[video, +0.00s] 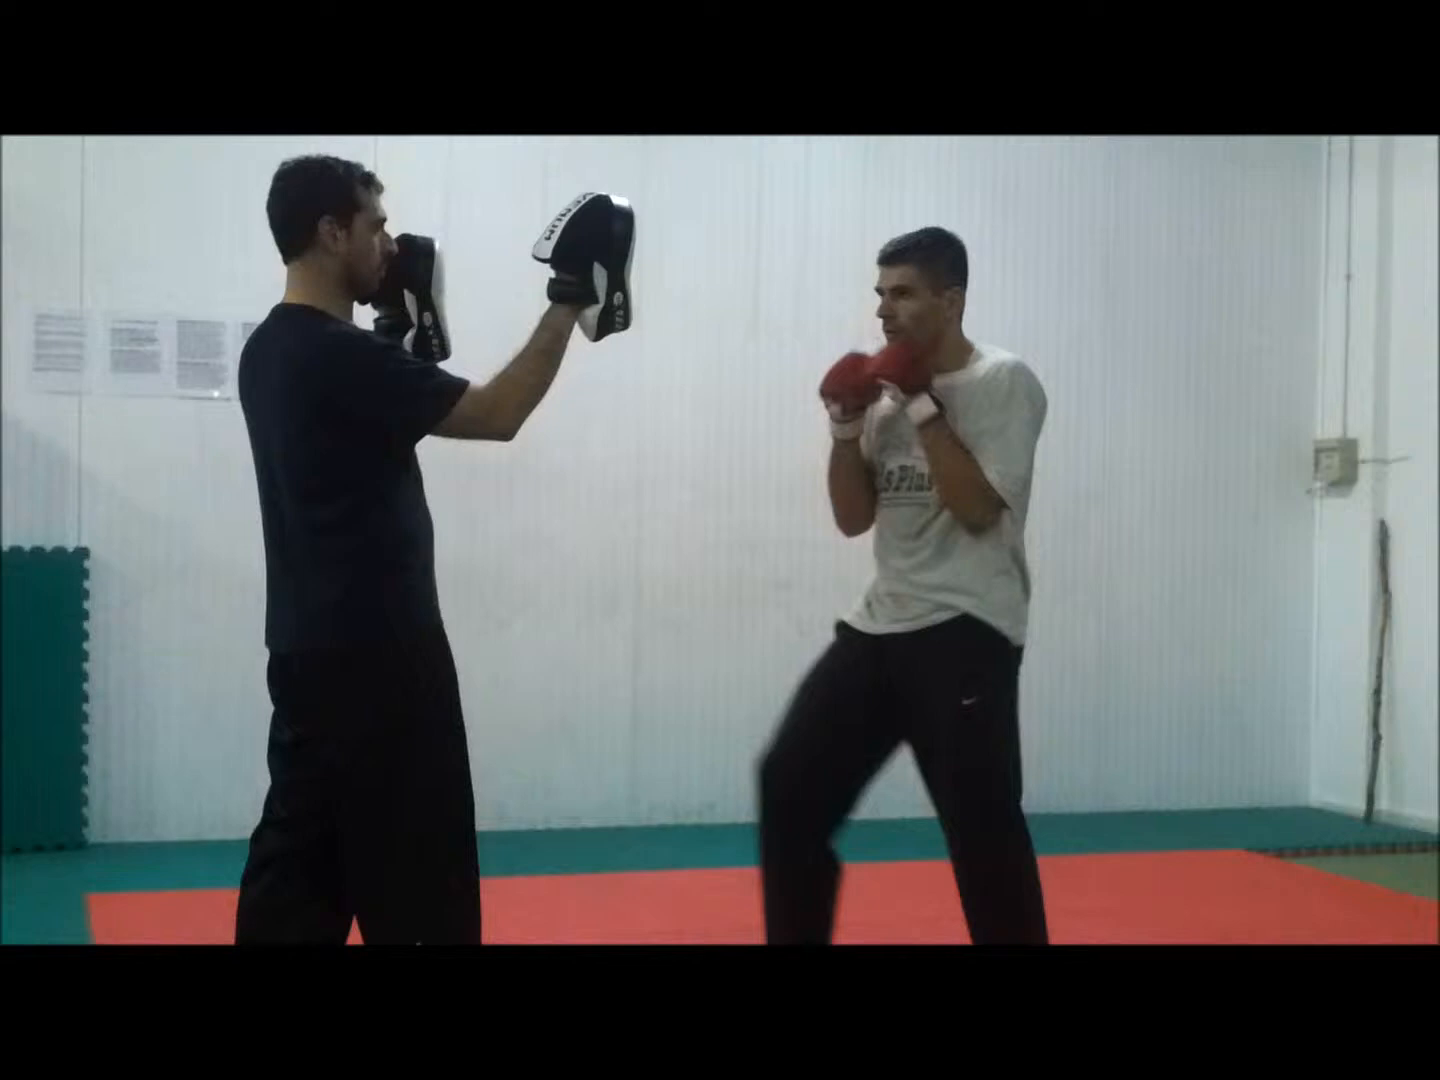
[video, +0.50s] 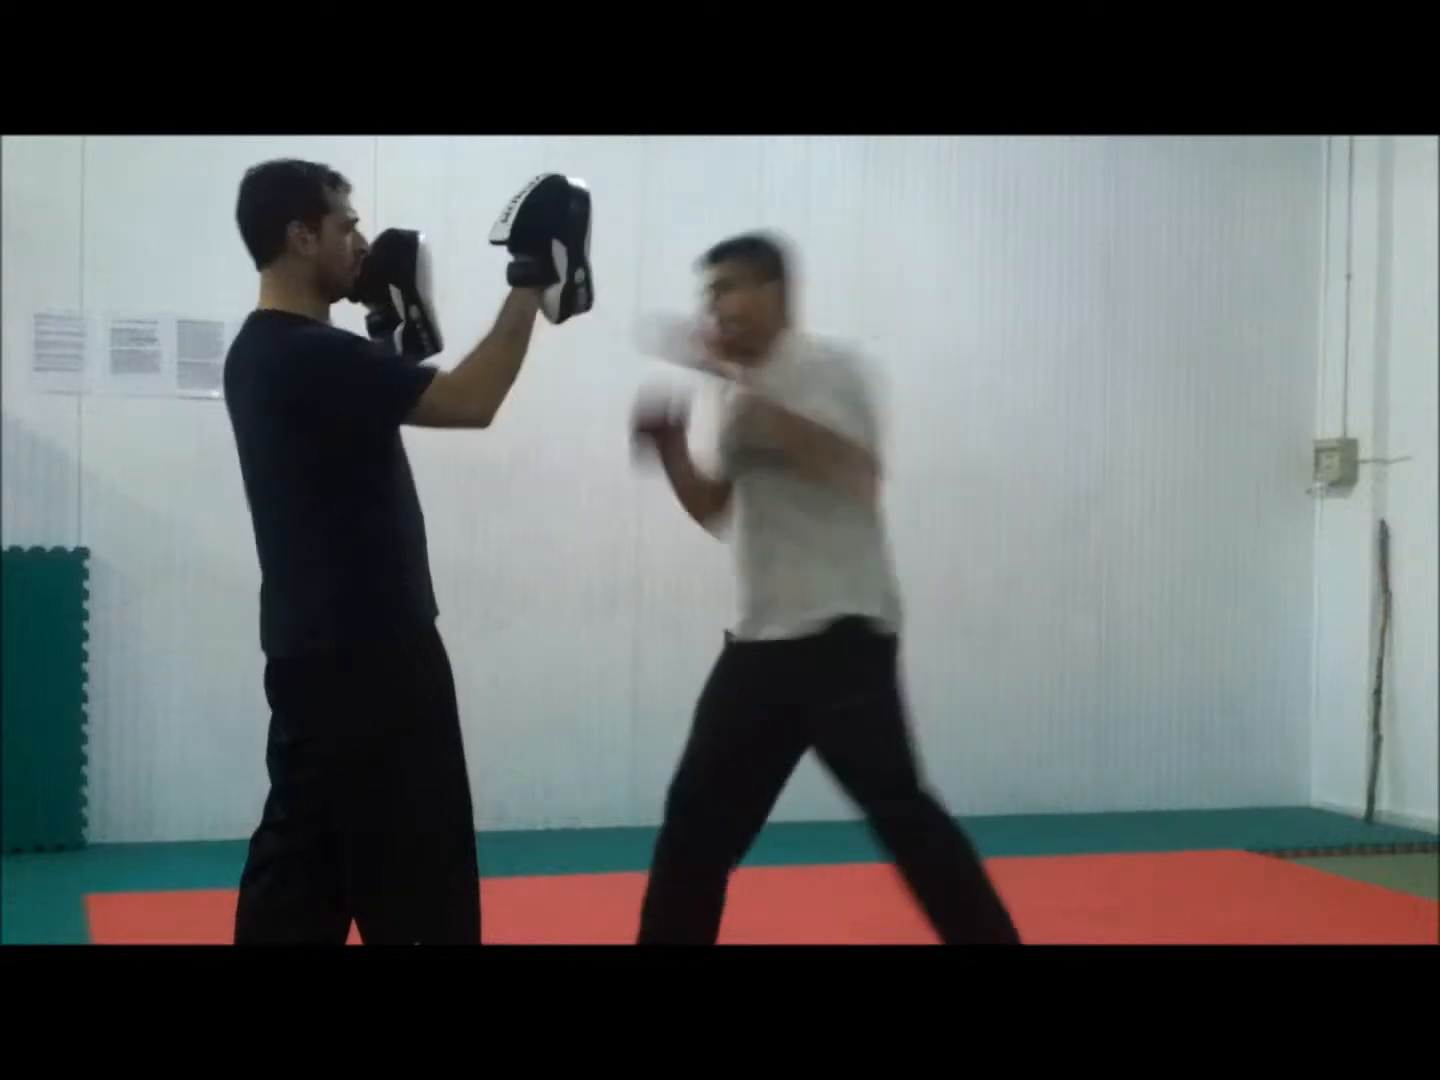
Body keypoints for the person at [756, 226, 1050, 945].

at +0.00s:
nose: (883, 309)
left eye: (900, 294)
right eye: (880, 294)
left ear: (952, 299)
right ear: (881, 299)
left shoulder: (1005, 383)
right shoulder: (879, 395)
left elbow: (979, 510)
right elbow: (853, 518)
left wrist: (923, 407)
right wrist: (846, 426)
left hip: (966, 634)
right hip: (879, 629)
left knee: (984, 829)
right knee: (790, 785)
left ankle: (1014, 946)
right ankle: (796, 943)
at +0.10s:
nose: (880, 305)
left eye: (897, 289)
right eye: (876, 290)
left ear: (948, 294)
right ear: (876, 297)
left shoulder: (998, 384)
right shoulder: (875, 394)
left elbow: (983, 514)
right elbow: (830, 508)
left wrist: (928, 408)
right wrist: (837, 420)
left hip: (954, 637)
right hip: (864, 628)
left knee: (979, 828)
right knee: (761, 770)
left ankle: (1014, 944)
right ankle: (770, 940)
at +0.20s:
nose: (869, 294)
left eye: (886, 278)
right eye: (863, 279)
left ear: (936, 283)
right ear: (861, 286)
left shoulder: (987, 379)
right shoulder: (848, 375)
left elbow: (981, 512)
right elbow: (774, 470)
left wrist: (929, 403)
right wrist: (799, 391)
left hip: (941, 641)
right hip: (837, 632)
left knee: (978, 831)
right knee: (740, 771)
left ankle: (1014, 944)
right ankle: (708, 936)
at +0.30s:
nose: (845, 295)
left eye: (861, 279)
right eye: (838, 281)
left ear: (907, 282)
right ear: (835, 287)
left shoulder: (966, 381)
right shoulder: (812, 361)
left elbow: (982, 509)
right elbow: (694, 381)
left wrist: (924, 407)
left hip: (926, 640)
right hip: (817, 635)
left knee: (968, 833)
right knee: (716, 821)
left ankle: (1012, 946)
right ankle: (661, 941)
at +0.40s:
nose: (770, 299)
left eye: (783, 280)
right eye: (764, 284)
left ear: (831, 283)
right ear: (766, 292)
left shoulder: (906, 380)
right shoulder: (766, 369)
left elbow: (934, 508)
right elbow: (669, 417)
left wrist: (876, 428)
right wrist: (654, 339)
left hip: (883, 644)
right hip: (782, 643)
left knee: (944, 830)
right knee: (708, 826)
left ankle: (997, 941)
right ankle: (663, 941)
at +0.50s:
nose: (719, 307)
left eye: (733, 289)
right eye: (712, 293)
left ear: (778, 294)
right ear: (709, 308)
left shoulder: (829, 367)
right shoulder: (735, 397)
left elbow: (863, 480)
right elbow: (714, 511)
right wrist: (671, 450)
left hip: (843, 635)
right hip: (761, 642)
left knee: (901, 814)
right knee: (695, 830)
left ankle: (990, 940)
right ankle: (667, 944)